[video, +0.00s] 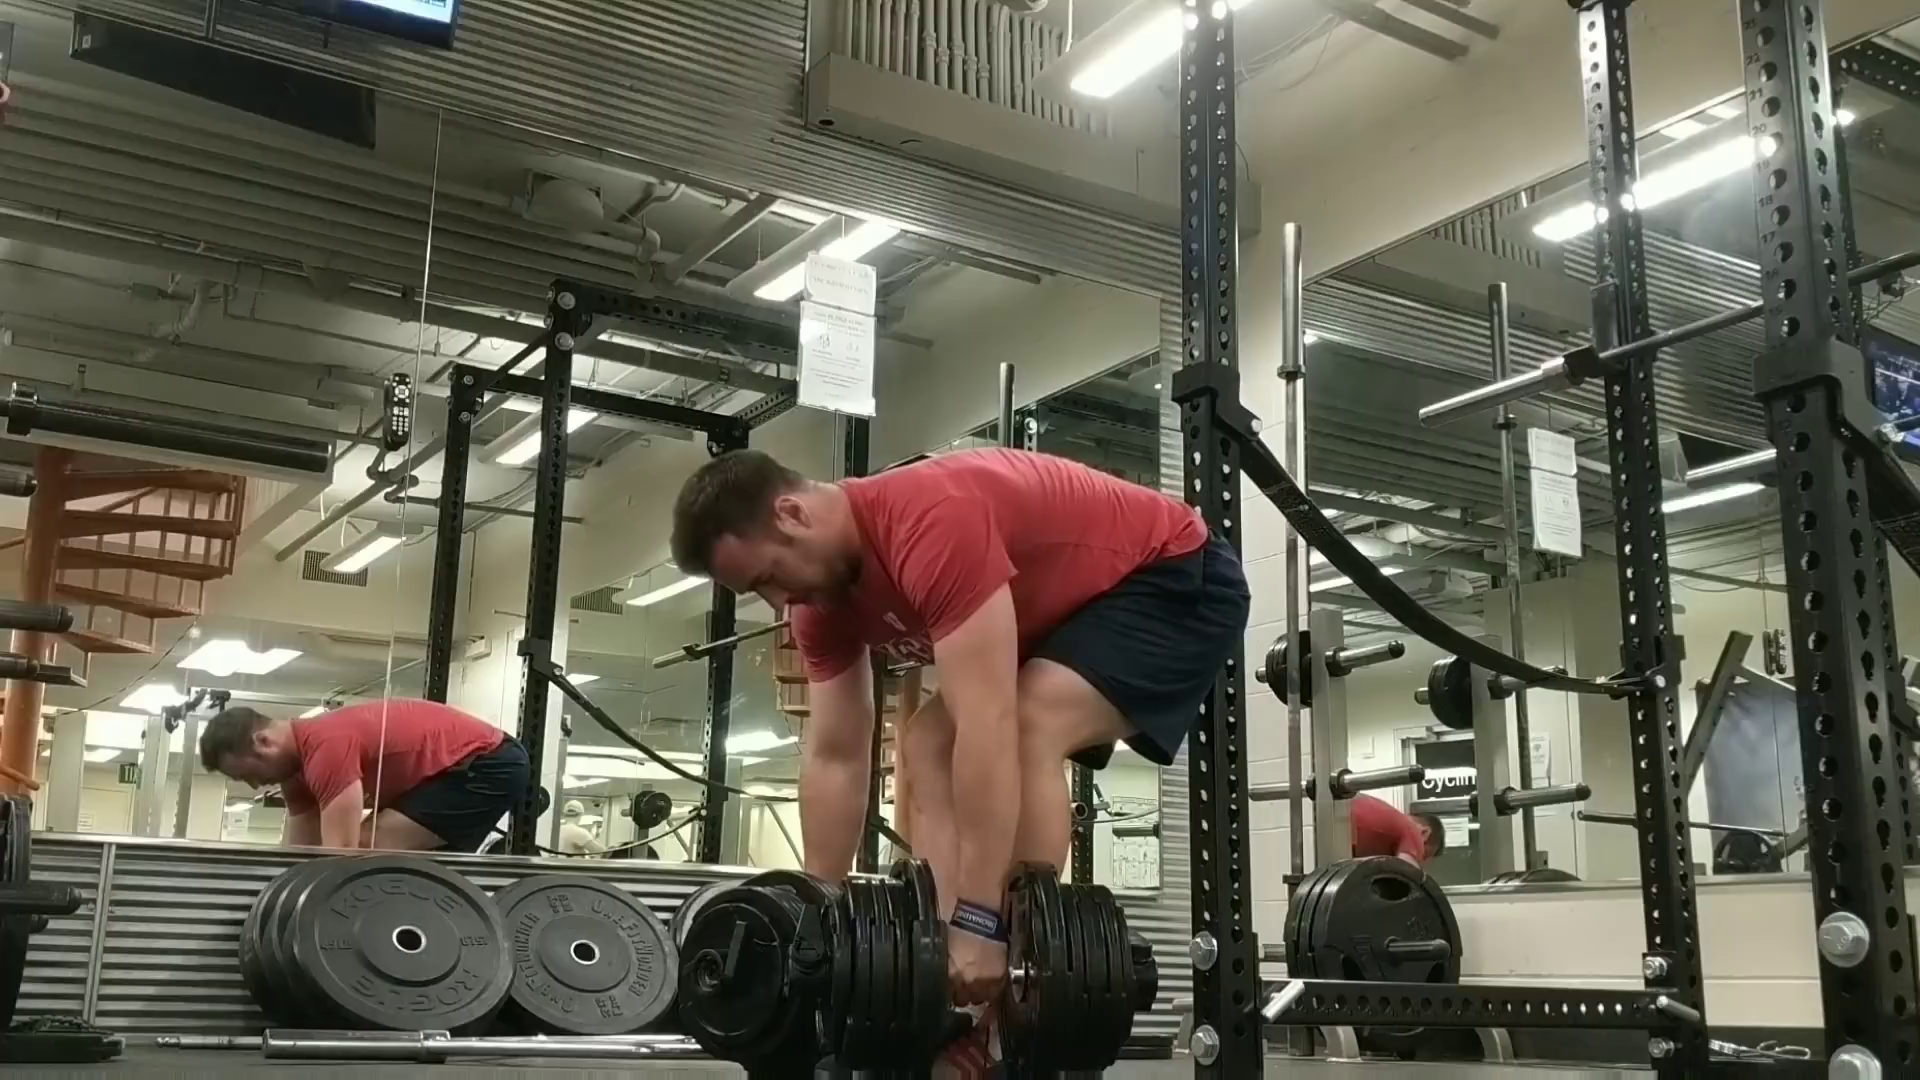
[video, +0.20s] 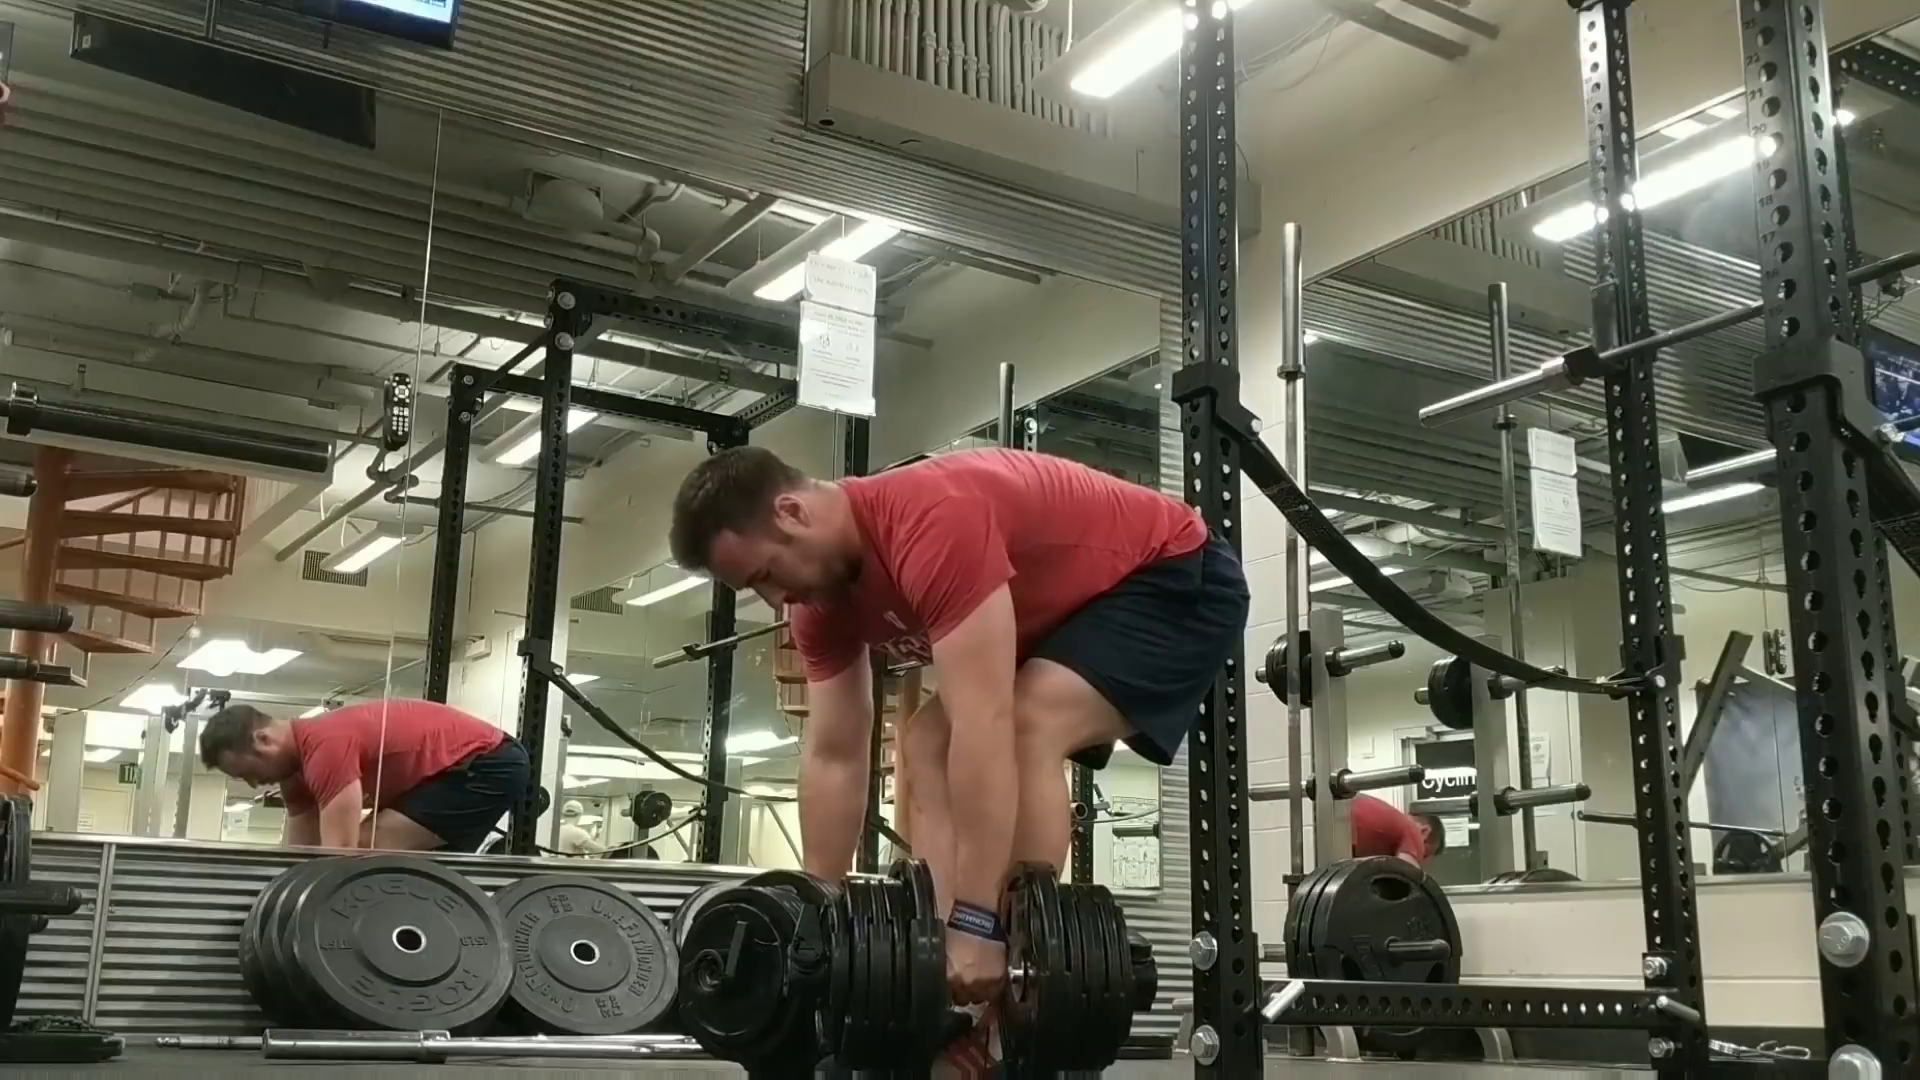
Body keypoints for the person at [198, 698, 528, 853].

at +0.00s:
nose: (255, 787)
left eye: (246, 776)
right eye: (244, 781)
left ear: (260, 743)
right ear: (261, 739)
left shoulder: (327, 748)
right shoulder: (299, 769)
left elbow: (339, 859)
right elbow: (298, 856)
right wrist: (282, 924)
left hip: (488, 766)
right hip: (459, 770)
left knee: (364, 852)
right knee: (357, 848)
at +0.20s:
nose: (255, 786)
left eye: (246, 775)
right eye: (243, 779)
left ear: (261, 741)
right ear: (261, 738)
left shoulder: (327, 747)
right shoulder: (298, 769)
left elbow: (338, 858)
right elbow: (298, 855)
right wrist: (282, 924)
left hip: (489, 765)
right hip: (459, 770)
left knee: (364, 852)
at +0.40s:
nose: (254, 779)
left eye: (248, 767)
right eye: (244, 773)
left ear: (264, 733)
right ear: (264, 733)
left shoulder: (329, 746)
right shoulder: (301, 768)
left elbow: (341, 855)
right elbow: (298, 855)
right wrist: (282, 924)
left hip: (490, 765)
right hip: (464, 769)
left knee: (364, 848)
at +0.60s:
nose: (249, 773)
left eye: (246, 759)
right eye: (240, 766)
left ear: (266, 728)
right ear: (266, 730)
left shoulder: (331, 744)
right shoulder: (303, 769)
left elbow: (350, 852)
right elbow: (307, 852)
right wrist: (280, 914)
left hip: (491, 764)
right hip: (466, 768)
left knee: (377, 847)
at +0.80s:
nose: (249, 767)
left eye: (246, 754)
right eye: (241, 761)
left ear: (268, 724)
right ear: (268, 727)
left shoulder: (335, 740)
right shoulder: (307, 765)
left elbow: (362, 846)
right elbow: (320, 846)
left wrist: (318, 919)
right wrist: (293, 910)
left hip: (491, 762)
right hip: (466, 767)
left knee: (380, 850)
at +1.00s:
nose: (250, 774)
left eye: (248, 761)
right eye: (242, 768)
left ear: (268, 730)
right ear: (268, 733)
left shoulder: (335, 744)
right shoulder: (308, 773)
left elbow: (369, 853)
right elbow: (324, 852)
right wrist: (303, 918)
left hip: (492, 763)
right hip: (464, 769)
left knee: (381, 854)